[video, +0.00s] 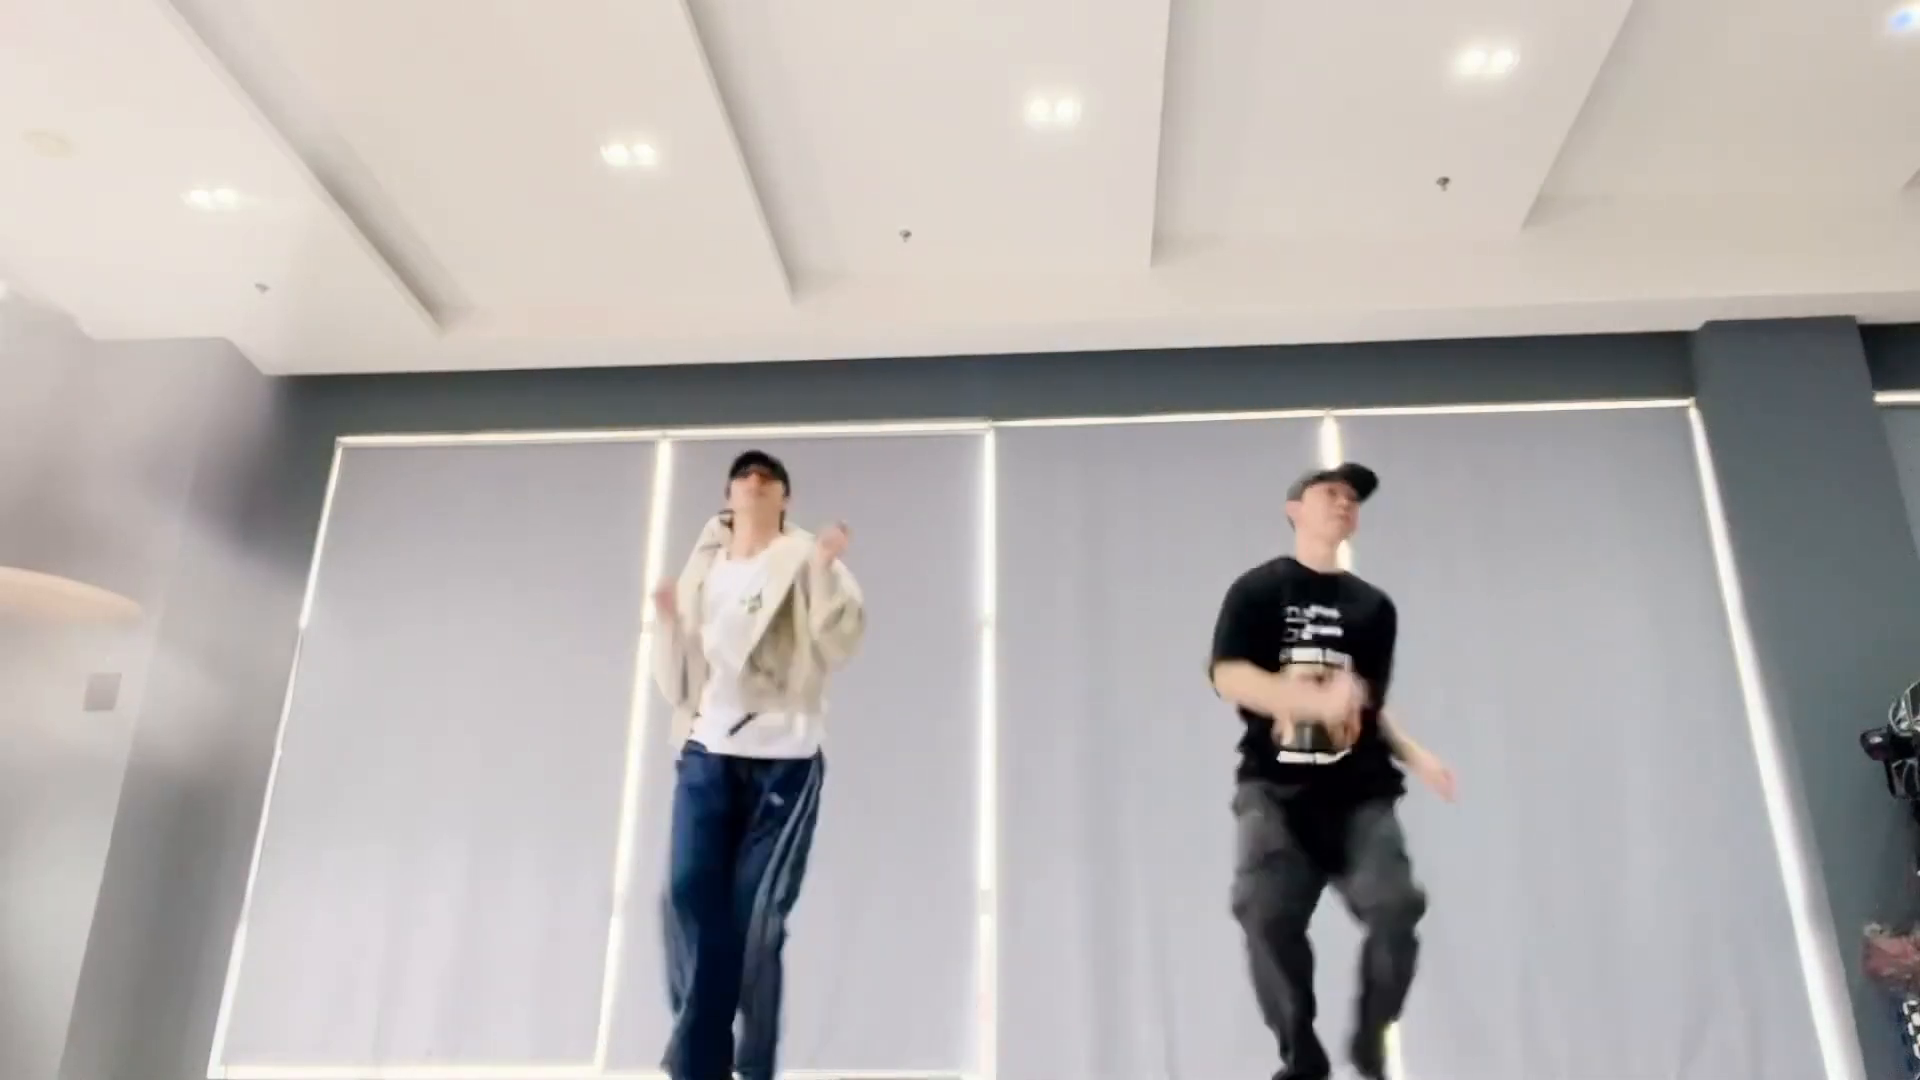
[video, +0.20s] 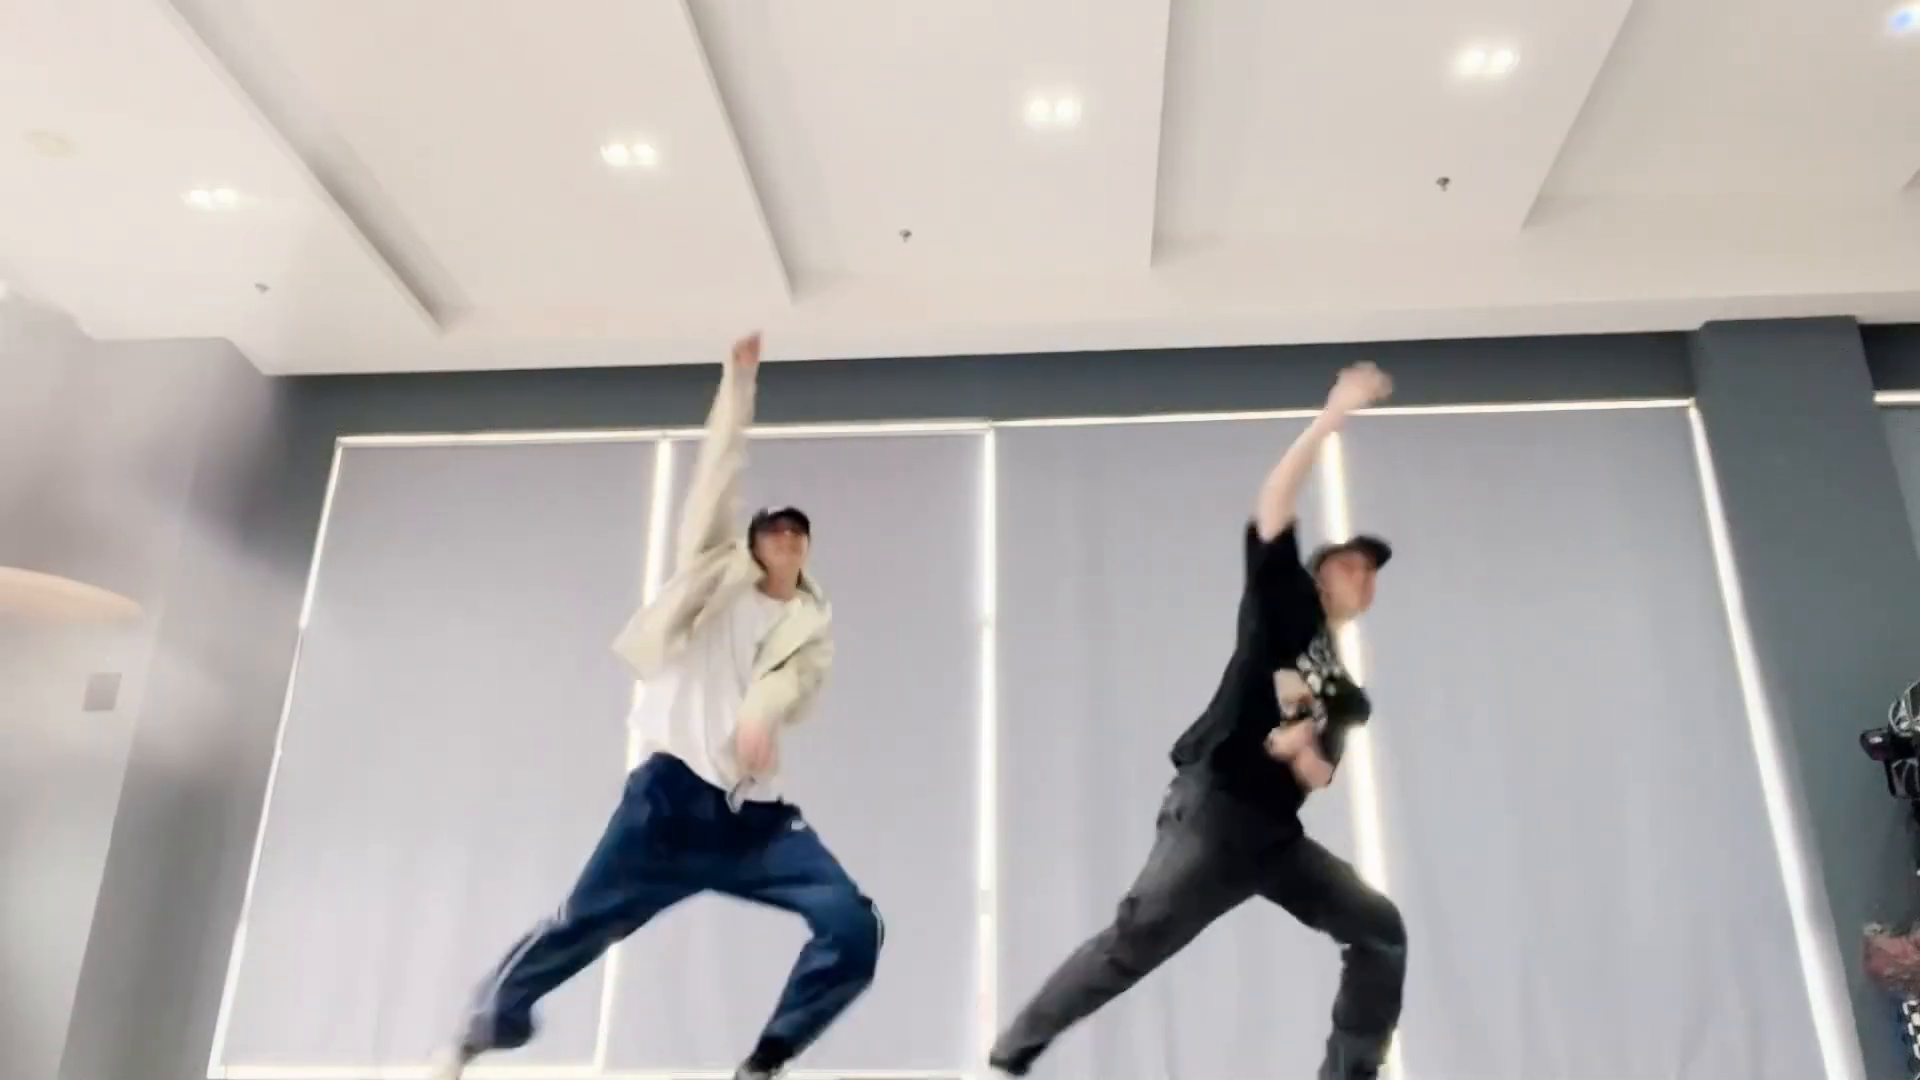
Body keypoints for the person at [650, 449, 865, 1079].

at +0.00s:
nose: (755, 482)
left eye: (768, 476)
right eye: (743, 475)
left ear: (785, 498)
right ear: (727, 497)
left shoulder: (807, 558)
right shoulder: (702, 570)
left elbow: (840, 649)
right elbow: (680, 688)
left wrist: (827, 570)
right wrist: (667, 629)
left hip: (785, 758)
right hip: (706, 753)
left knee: (759, 913)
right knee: (688, 898)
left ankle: (754, 1067)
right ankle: (694, 1064)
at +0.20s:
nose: (789, 538)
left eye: (799, 534)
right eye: (776, 531)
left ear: (806, 556)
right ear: (753, 545)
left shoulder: (810, 623)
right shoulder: (710, 580)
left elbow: (794, 679)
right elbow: (719, 475)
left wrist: (759, 716)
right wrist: (738, 379)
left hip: (754, 818)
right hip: (668, 798)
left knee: (852, 923)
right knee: (583, 922)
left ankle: (766, 1064)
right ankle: (477, 1043)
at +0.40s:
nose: (768, 528)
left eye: (778, 523)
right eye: (757, 521)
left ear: (792, 548)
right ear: (736, 539)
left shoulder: (806, 630)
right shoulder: (706, 583)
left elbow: (806, 718)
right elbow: (694, 475)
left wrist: (821, 779)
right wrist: (671, 378)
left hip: (755, 826)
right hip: (671, 802)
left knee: (824, 926)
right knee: (583, 937)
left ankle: (773, 1073)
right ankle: (465, 1058)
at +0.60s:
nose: (755, 483)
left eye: (768, 477)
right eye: (746, 477)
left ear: (789, 498)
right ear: (731, 495)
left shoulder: (821, 563)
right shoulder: (694, 551)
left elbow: (904, 594)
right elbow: (600, 577)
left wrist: (990, 593)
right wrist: (506, 583)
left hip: (763, 755)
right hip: (683, 744)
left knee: (747, 921)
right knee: (668, 904)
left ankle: (759, 1069)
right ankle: (704, 1064)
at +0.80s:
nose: (750, 519)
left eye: (763, 512)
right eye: (738, 511)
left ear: (779, 532)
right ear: (722, 530)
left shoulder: (812, 589)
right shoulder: (689, 585)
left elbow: (901, 578)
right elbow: (594, 567)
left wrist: (843, 557)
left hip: (780, 784)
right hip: (697, 779)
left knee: (786, 940)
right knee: (672, 944)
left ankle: (752, 1070)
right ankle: (709, 1067)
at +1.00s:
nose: (748, 490)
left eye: (761, 483)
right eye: (737, 483)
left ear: (779, 505)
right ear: (722, 504)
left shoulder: (815, 561)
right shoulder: (686, 565)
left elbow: (883, 621)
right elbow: (635, 638)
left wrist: (867, 636)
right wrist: (614, 640)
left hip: (781, 777)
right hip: (697, 777)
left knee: (787, 933)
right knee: (676, 930)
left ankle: (757, 1069)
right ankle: (702, 1067)